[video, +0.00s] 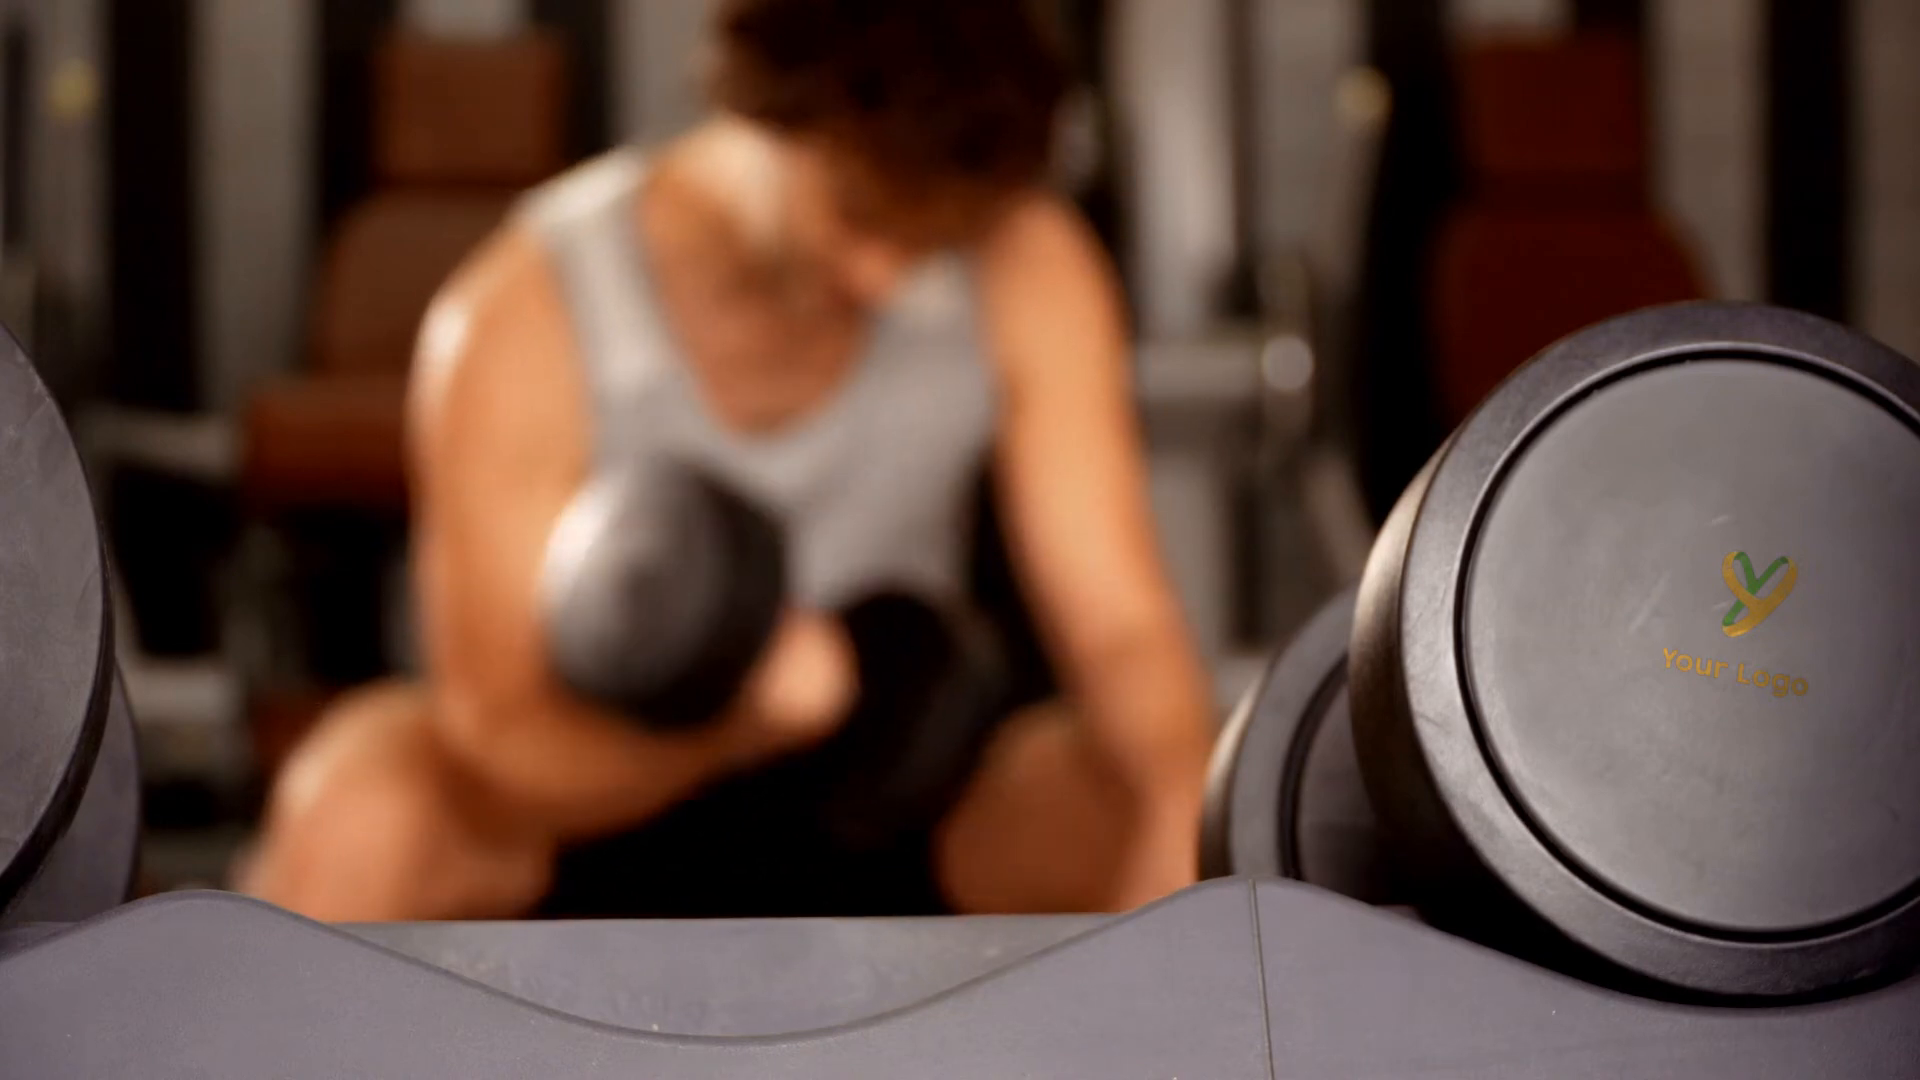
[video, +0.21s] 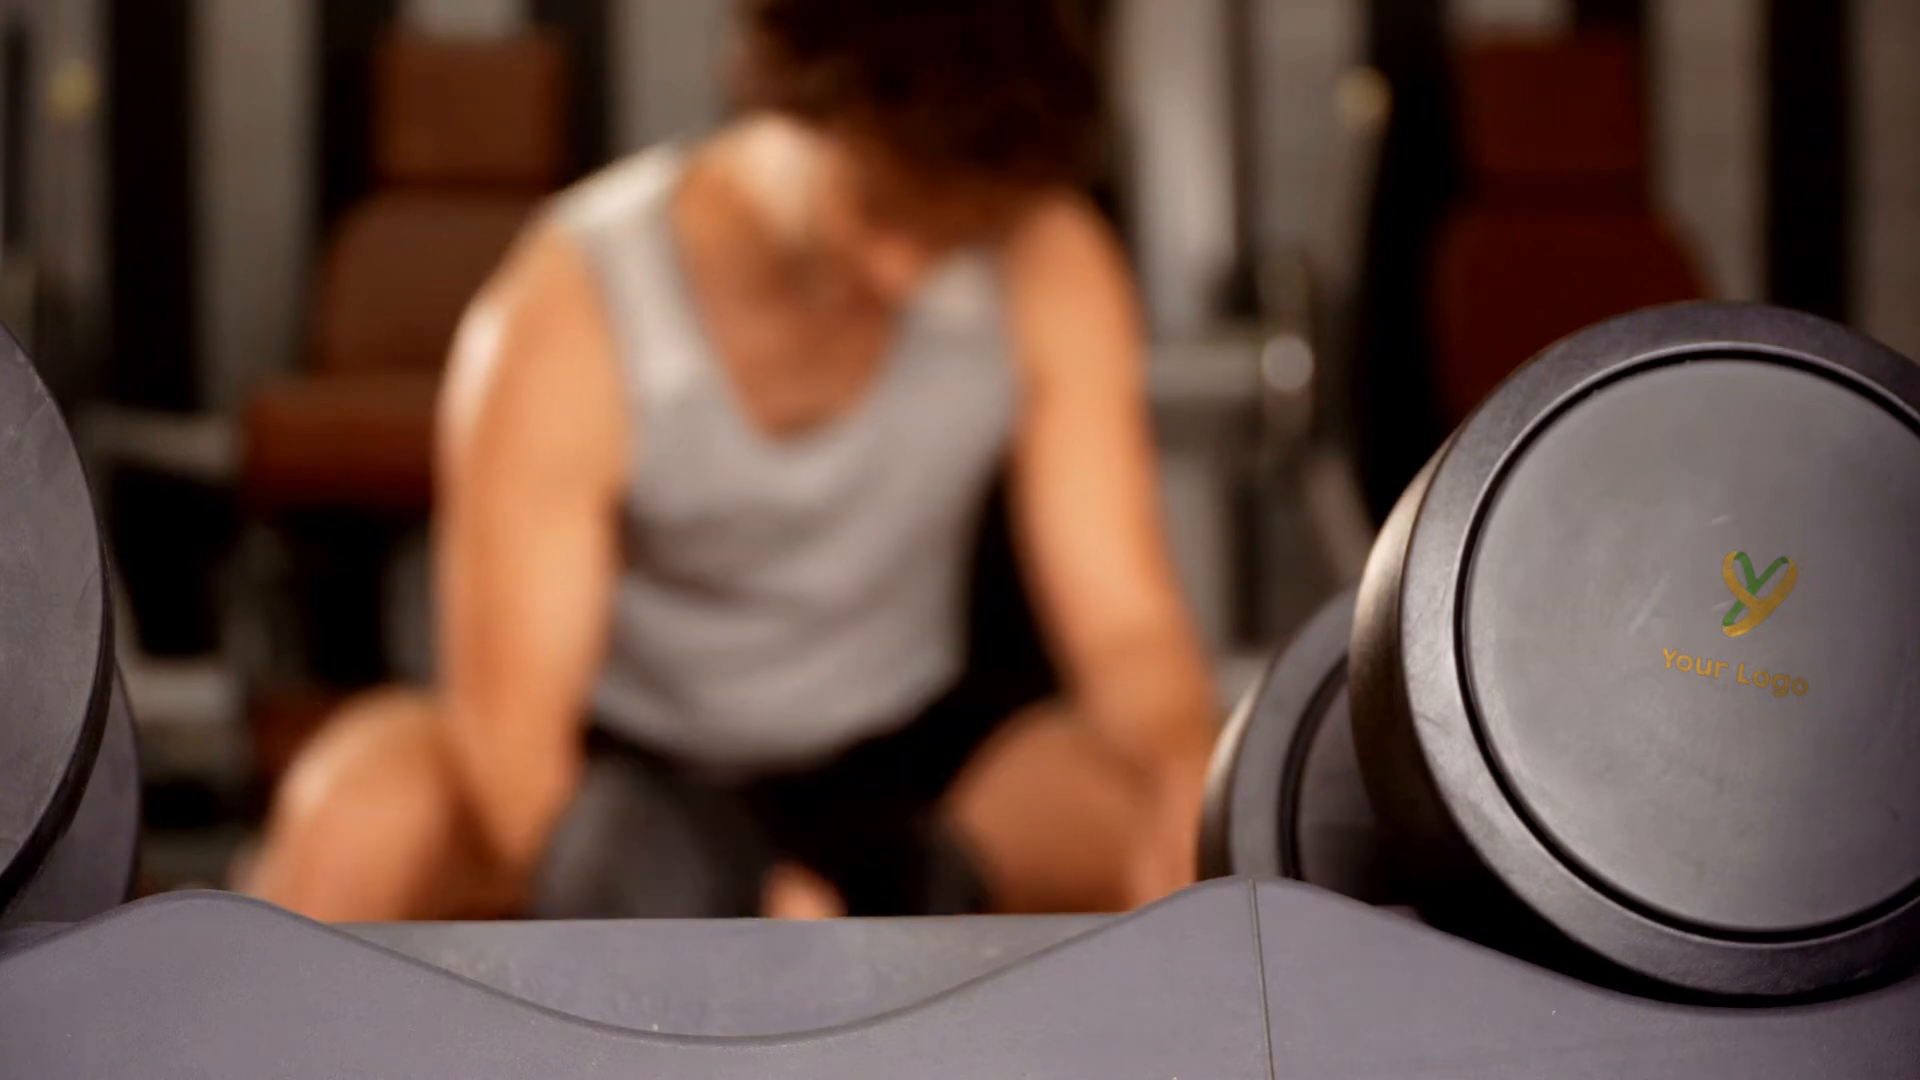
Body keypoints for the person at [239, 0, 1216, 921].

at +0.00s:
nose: (884, 277)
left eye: (930, 239)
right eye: (859, 223)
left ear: (984, 185)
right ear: (772, 128)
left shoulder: (1019, 259)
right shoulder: (518, 316)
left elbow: (1122, 629)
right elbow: (511, 752)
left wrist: (1183, 834)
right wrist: (751, 718)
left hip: (888, 783)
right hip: (593, 798)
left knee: (1184, 807)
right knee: (358, 797)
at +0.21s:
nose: (905, 272)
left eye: (955, 233)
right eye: (879, 215)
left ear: (1010, 180)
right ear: (799, 119)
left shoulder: (1042, 255)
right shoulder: (562, 313)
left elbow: (1126, 631)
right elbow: (514, 764)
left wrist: (1201, 806)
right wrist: (734, 897)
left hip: (907, 770)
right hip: (625, 782)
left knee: (1199, 815)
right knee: (358, 797)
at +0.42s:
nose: (921, 288)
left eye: (976, 246)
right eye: (896, 227)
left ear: (1031, 199)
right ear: (810, 129)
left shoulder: (1055, 264)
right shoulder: (592, 320)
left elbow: (1135, 642)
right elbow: (521, 794)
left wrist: (1209, 832)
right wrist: (634, 1052)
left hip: (901, 778)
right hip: (626, 789)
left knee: (1193, 816)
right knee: (365, 800)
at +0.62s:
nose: (923, 308)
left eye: (977, 264)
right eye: (897, 244)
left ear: (1032, 223)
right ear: (806, 144)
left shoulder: (1054, 273)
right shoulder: (595, 349)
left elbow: (1138, 646)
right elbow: (524, 817)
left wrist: (1207, 841)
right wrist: (573, 1068)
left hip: (901, 781)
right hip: (623, 795)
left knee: (1191, 815)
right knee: (362, 801)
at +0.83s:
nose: (916, 313)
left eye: (967, 269)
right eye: (888, 250)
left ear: (1022, 227)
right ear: (796, 151)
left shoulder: (1045, 271)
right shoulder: (588, 360)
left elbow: (1134, 644)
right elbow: (525, 822)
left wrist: (1217, 837)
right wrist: (541, 1074)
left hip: (901, 783)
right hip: (622, 798)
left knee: (1193, 814)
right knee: (357, 802)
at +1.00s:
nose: (917, 311)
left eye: (968, 267)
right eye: (888, 249)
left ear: (1023, 224)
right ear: (796, 152)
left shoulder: (1044, 269)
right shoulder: (591, 365)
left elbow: (1133, 644)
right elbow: (521, 832)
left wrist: (1203, 843)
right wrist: (531, 1079)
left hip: (900, 785)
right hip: (622, 801)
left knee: (1192, 811)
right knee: (355, 798)